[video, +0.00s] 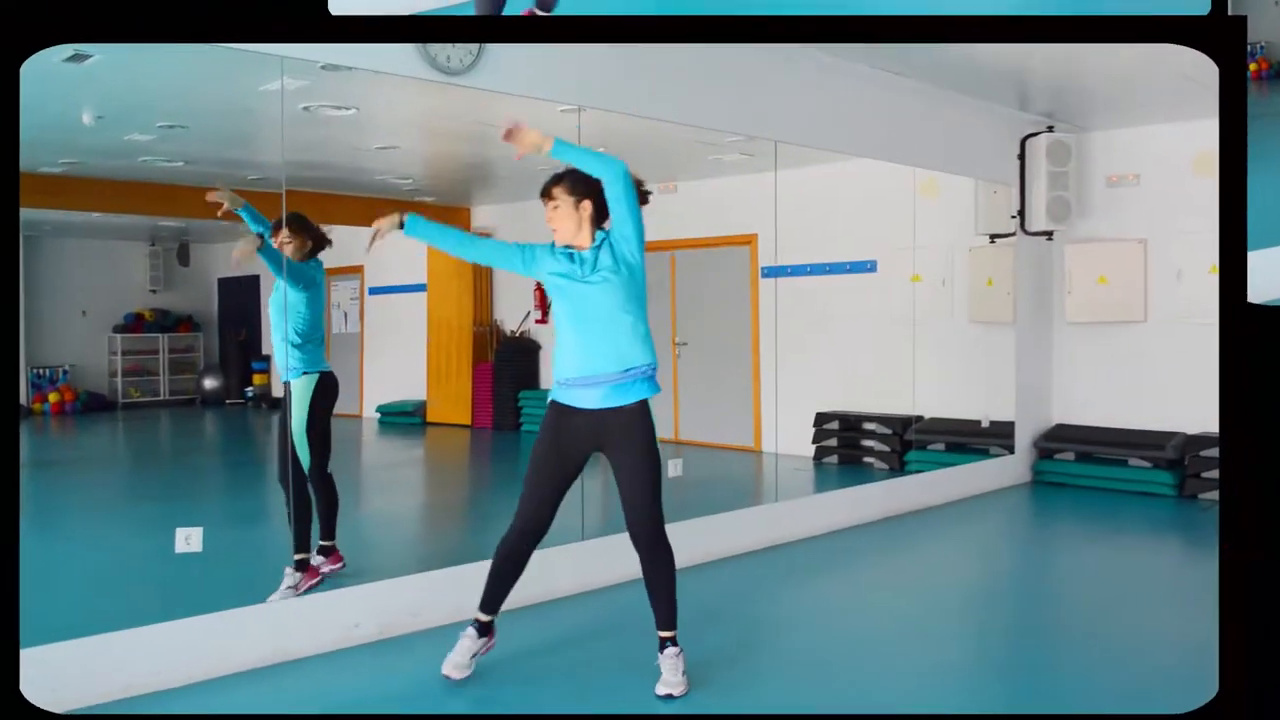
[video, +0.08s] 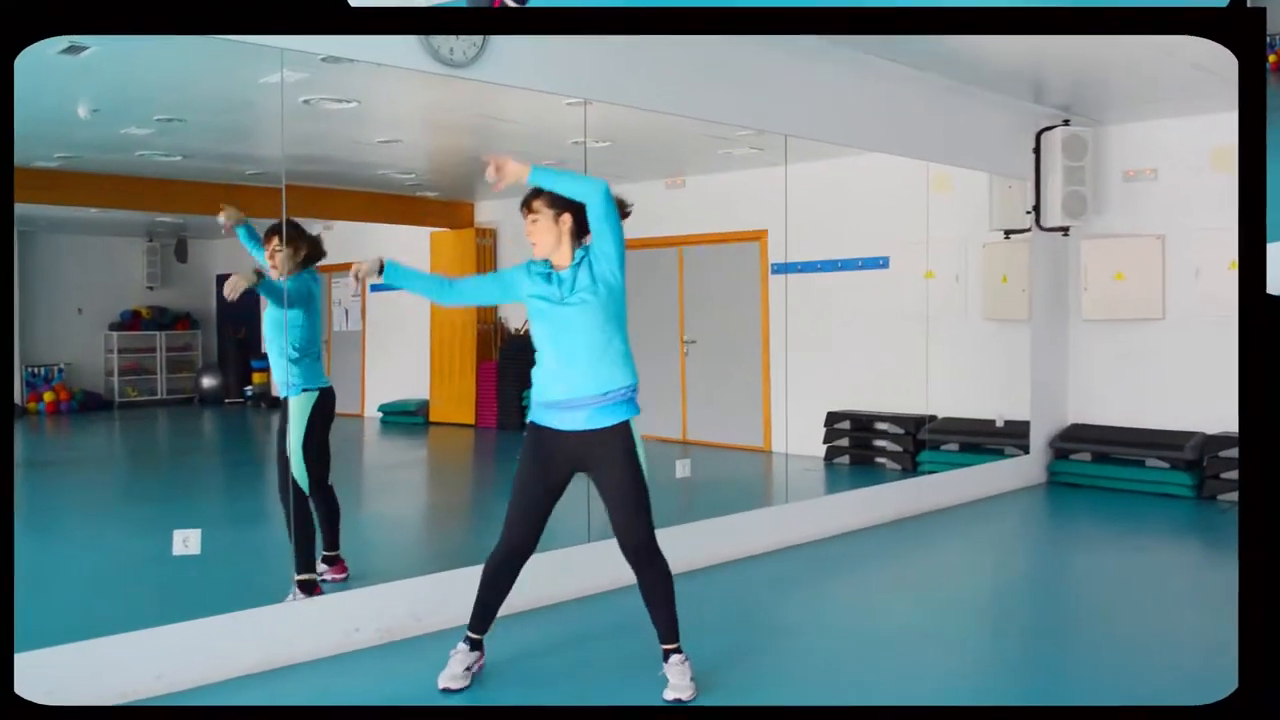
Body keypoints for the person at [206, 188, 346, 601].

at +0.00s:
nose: (281, 245)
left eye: (288, 239)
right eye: (278, 240)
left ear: (307, 241)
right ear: (278, 242)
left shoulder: (308, 272)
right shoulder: (293, 269)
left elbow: (281, 264)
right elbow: (269, 234)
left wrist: (259, 244)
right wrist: (237, 206)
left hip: (310, 382)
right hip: (297, 383)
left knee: (310, 472)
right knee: (294, 473)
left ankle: (309, 561)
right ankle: (322, 554)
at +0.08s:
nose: (271, 258)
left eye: (279, 251)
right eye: (269, 251)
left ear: (297, 253)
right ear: (267, 254)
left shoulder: (304, 283)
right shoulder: (280, 279)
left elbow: (281, 293)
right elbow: (261, 250)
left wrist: (256, 281)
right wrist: (239, 223)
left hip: (307, 398)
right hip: (295, 398)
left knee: (298, 489)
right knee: (313, 482)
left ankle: (307, 585)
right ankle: (332, 561)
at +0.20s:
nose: (250, 264)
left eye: (258, 257)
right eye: (248, 256)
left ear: (279, 261)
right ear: (248, 261)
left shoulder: (290, 297)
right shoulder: (263, 291)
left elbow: (296, 365)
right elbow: (229, 296)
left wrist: (258, 357)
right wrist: (231, 268)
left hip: (319, 400)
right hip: (302, 401)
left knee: (293, 489)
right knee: (278, 478)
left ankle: (310, 589)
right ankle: (324, 551)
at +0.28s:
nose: (234, 279)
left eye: (241, 271)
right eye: (232, 272)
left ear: (263, 274)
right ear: (235, 276)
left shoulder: (286, 315)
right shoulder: (250, 312)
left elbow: (303, 388)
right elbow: (237, 343)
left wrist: (270, 406)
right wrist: (220, 323)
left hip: (329, 406)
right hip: (301, 407)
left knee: (288, 494)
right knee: (259, 473)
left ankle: (311, 590)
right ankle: (320, 537)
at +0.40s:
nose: (222, 313)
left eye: (229, 305)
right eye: (220, 305)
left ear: (254, 309)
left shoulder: (285, 345)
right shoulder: (239, 342)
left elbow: (308, 413)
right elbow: (249, 389)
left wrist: (303, 479)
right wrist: (226, 425)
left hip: (336, 419)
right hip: (303, 421)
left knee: (279, 498)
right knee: (247, 477)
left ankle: (310, 592)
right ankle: (320, 534)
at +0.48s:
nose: (218, 327)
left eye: (226, 320)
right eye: (217, 319)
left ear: (252, 323)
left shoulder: (285, 356)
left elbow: (302, 425)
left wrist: (324, 491)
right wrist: (243, 468)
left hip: (336, 426)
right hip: (307, 428)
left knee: (275, 501)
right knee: (255, 494)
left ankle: (310, 593)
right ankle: (332, 555)